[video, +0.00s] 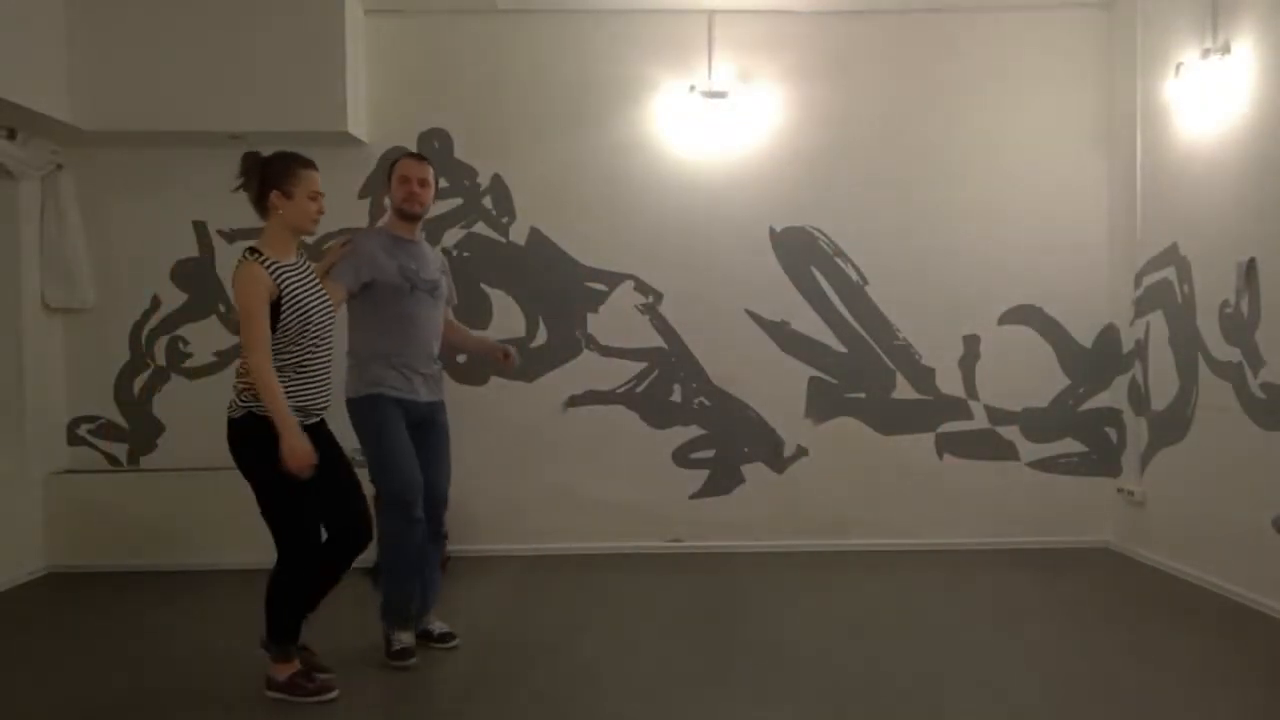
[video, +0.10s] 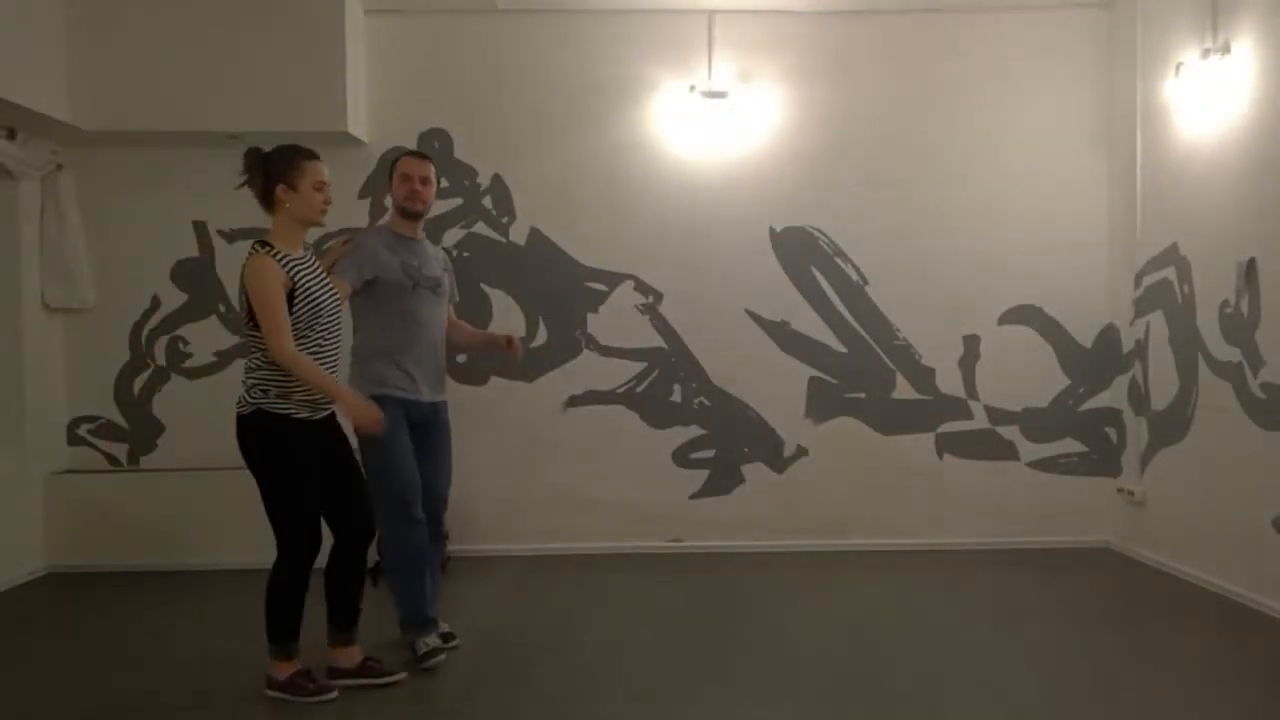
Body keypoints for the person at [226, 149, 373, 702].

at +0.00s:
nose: (321, 208)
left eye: (321, 199)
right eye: (312, 198)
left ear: (291, 204)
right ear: (277, 200)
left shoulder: (299, 262)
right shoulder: (255, 270)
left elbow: (306, 316)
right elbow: (257, 363)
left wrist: (339, 269)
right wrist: (288, 431)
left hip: (307, 420)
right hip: (263, 425)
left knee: (353, 530)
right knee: (297, 544)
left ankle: (286, 629)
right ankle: (281, 665)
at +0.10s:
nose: (328, 197)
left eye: (328, 188)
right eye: (319, 188)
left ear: (298, 196)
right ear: (284, 194)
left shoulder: (304, 258)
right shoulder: (265, 263)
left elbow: (310, 323)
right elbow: (282, 352)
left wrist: (337, 290)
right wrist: (347, 397)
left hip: (317, 421)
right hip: (275, 424)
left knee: (356, 525)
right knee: (299, 539)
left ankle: (344, 654)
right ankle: (283, 668)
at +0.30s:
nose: (320, 191)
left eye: (322, 182)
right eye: (306, 184)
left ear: (325, 193)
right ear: (276, 197)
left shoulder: (309, 260)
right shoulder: (277, 266)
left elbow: (314, 315)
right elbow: (316, 340)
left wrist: (335, 264)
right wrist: (399, 334)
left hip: (328, 422)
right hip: (288, 426)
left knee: (356, 536)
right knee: (314, 544)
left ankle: (358, 661)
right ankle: (284, 666)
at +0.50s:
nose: (307, 189)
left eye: (312, 180)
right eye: (292, 182)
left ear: (319, 189)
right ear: (267, 194)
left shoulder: (300, 254)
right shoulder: (273, 255)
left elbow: (294, 315)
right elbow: (314, 323)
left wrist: (324, 263)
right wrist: (396, 348)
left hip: (316, 417)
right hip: (277, 420)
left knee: (357, 524)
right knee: (304, 541)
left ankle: (350, 651)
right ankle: (282, 665)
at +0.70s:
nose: (303, 197)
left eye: (309, 189)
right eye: (289, 190)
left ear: (315, 199)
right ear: (262, 201)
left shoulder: (292, 260)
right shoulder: (261, 256)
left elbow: (293, 330)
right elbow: (259, 334)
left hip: (302, 418)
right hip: (271, 420)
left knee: (331, 528)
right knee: (302, 539)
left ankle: (259, 617)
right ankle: (282, 666)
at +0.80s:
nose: (298, 198)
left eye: (304, 190)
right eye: (283, 190)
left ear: (308, 199)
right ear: (256, 201)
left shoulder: (285, 257)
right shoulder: (253, 254)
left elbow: (272, 329)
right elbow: (220, 330)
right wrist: (193, 402)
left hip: (290, 417)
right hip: (260, 418)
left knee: (296, 536)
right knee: (290, 538)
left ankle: (219, 621)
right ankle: (283, 665)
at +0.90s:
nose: (293, 206)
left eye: (297, 198)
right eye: (279, 198)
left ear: (301, 208)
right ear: (250, 208)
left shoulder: (269, 264)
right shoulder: (246, 256)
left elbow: (234, 329)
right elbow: (191, 324)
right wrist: (143, 386)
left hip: (266, 420)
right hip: (253, 422)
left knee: (256, 541)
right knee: (291, 539)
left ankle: (194, 643)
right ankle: (283, 665)